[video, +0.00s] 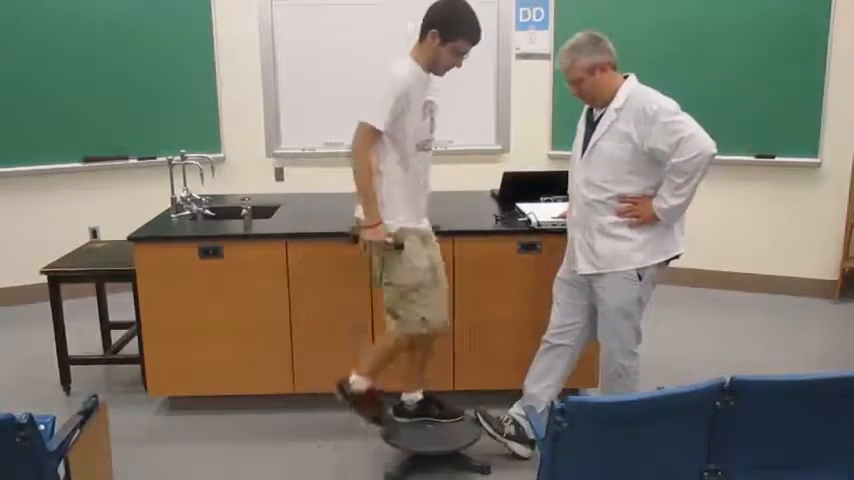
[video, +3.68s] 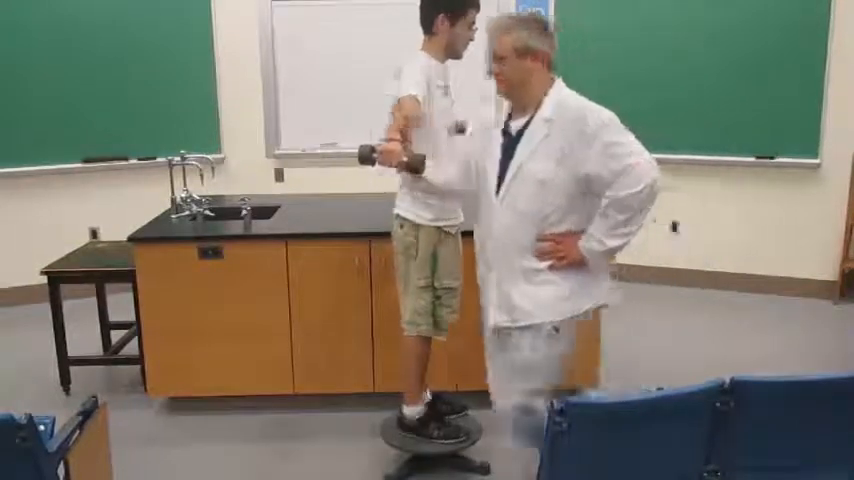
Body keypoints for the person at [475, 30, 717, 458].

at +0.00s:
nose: (573, 91)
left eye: (577, 81)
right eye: (570, 83)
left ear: (604, 69)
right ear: (596, 73)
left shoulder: (645, 105)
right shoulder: (592, 112)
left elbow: (697, 148)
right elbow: (604, 171)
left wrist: (662, 207)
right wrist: (581, 207)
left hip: (626, 256)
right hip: (583, 251)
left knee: (619, 355)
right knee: (560, 337)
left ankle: (615, 437)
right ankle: (528, 422)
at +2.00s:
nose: (606, 73)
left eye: (613, 64)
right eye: (605, 64)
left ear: (646, 58)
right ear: (634, 60)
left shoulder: (680, 105)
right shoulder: (619, 102)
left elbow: (725, 156)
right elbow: (625, 168)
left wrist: (681, 209)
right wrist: (598, 210)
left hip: (639, 255)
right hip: (594, 245)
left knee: (627, 356)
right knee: (568, 333)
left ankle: (624, 440)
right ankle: (554, 421)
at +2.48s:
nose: (609, 61)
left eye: (617, 53)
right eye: (606, 53)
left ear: (647, 54)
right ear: (605, 55)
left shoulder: (681, 104)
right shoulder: (595, 106)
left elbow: (732, 149)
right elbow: (566, 160)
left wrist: (687, 204)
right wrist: (542, 201)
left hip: (646, 250)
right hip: (596, 248)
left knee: (628, 348)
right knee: (594, 343)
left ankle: (635, 435)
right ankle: (600, 428)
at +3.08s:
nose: (606, 63)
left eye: (616, 55)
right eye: (604, 54)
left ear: (649, 58)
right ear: (601, 57)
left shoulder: (696, 115)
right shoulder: (584, 115)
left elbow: (753, 158)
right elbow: (535, 146)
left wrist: (703, 217)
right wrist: (482, 156)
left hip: (657, 281)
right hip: (590, 276)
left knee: (654, 390)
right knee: (586, 375)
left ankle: (652, 479)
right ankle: (602, 467)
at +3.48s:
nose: (539, 72)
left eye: (549, 62)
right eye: (538, 62)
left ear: (585, 65)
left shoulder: (633, 124)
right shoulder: (528, 127)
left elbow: (695, 177)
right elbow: (492, 170)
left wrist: (646, 241)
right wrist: (437, 161)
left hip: (605, 301)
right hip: (537, 299)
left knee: (618, 412)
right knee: (534, 407)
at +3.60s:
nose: (492, 73)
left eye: (500, 61)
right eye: (491, 62)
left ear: (538, 60)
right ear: (528, 62)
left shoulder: (584, 119)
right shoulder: (497, 121)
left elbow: (640, 178)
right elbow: (469, 179)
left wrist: (591, 245)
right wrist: (415, 164)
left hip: (554, 306)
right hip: (502, 302)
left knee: (538, 425)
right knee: (514, 420)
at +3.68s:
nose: (492, 73)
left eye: (500, 61)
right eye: (491, 62)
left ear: (538, 60)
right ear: (528, 62)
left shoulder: (584, 119)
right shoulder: (497, 121)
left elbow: (640, 178)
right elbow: (469, 179)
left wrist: (591, 245)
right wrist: (415, 164)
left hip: (550, 305)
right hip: (501, 300)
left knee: (535, 423)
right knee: (512, 417)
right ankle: (525, 476)